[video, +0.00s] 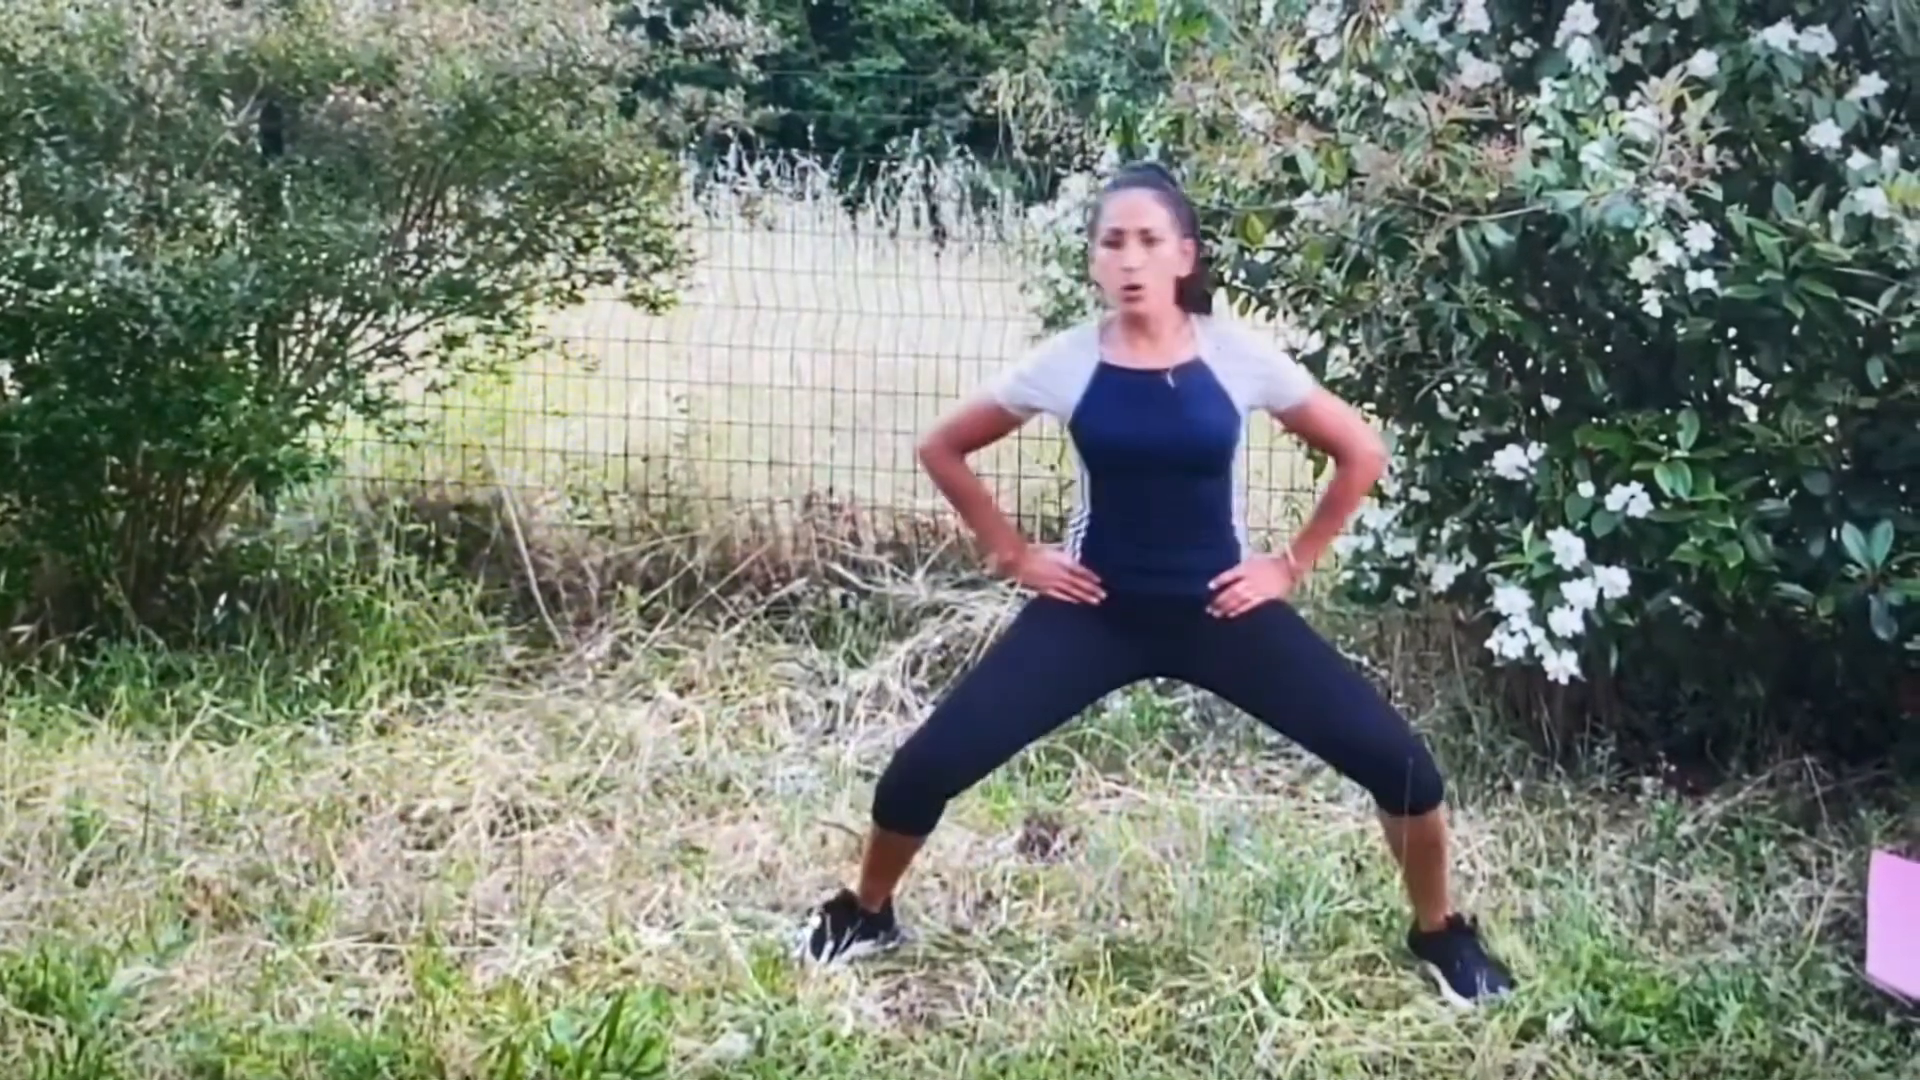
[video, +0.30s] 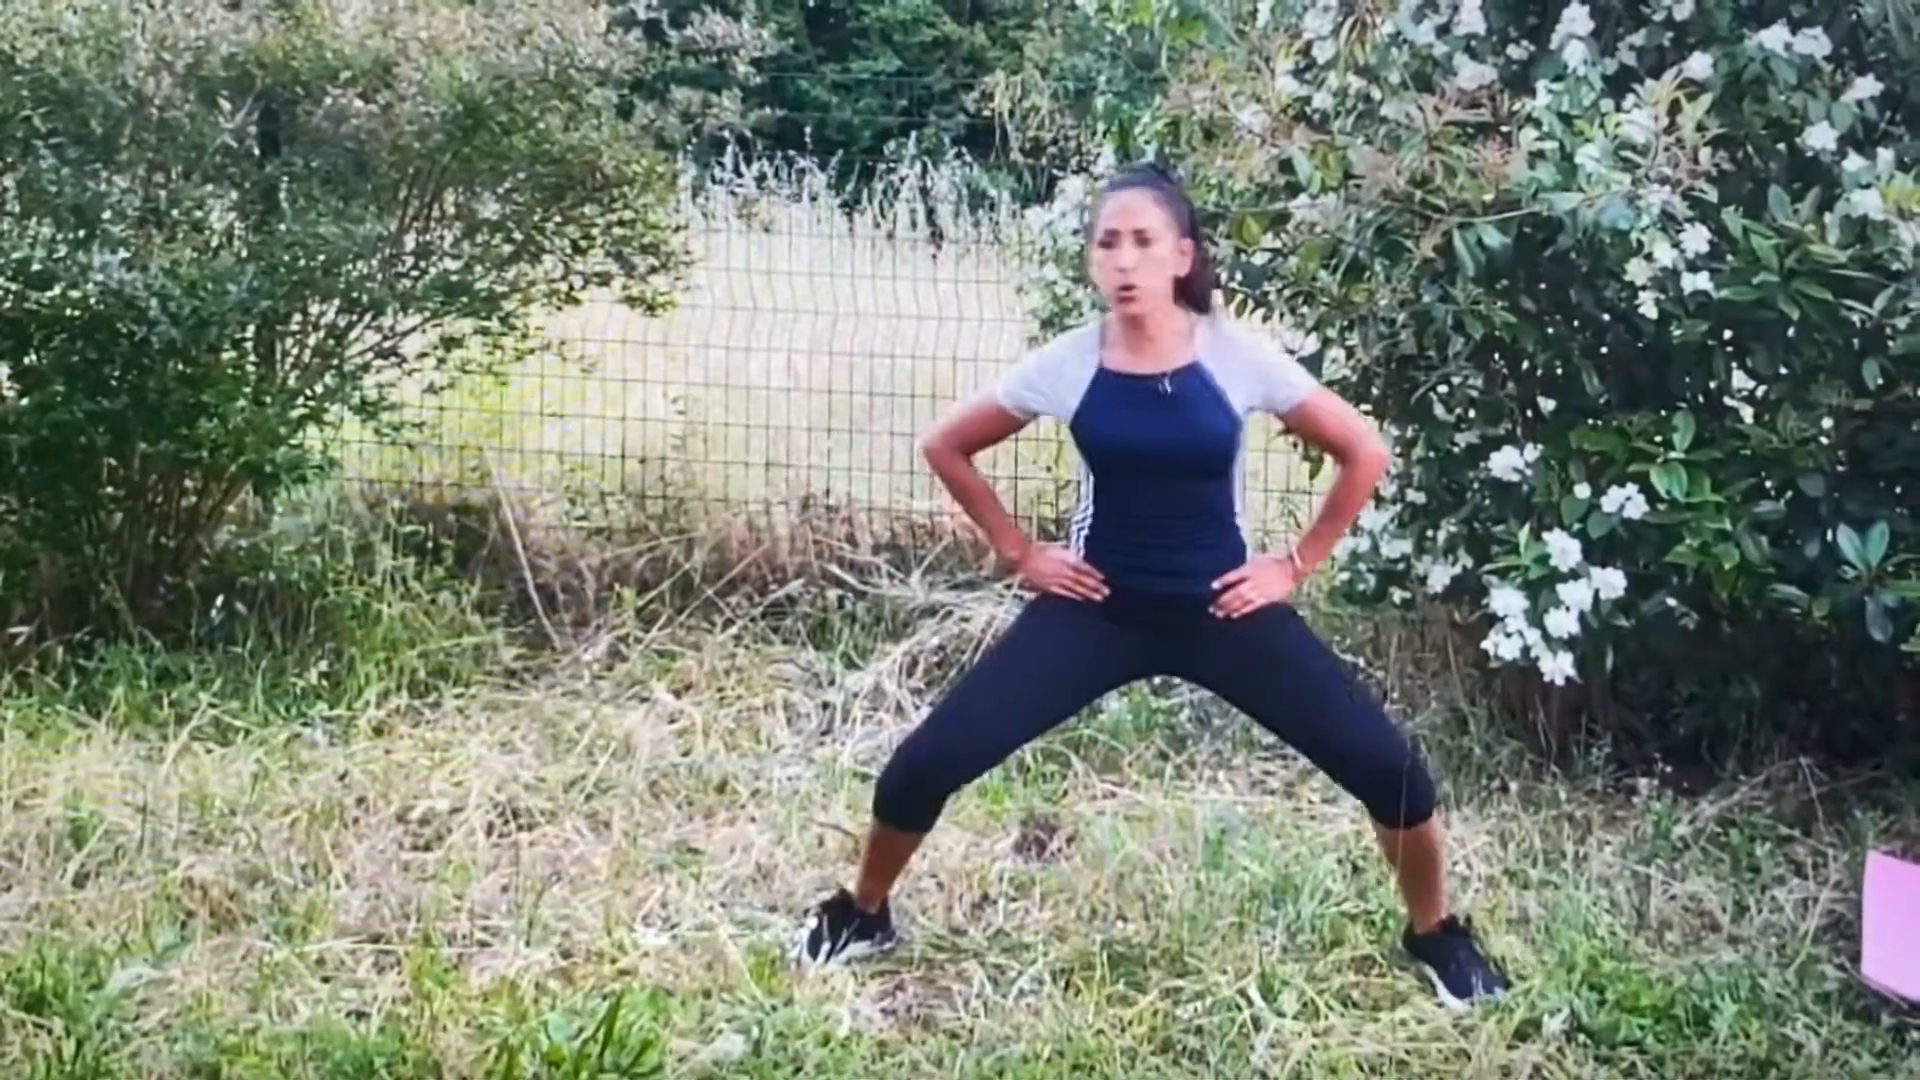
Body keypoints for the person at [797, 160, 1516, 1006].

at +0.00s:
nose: (1130, 258)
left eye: (1149, 241)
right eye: (1114, 242)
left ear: (1189, 256)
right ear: (1093, 260)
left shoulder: (1239, 355)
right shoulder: (1069, 362)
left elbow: (1364, 454)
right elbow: (941, 449)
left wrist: (1292, 565)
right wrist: (1013, 552)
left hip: (1226, 617)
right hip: (1091, 614)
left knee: (1405, 765)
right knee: (919, 773)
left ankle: (1441, 936)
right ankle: (864, 911)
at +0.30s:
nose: (1121, 258)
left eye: (1141, 241)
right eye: (1107, 243)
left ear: (1187, 256)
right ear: (1091, 261)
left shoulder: (1238, 356)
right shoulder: (1073, 361)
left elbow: (1363, 453)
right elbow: (944, 447)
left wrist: (1299, 564)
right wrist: (1023, 552)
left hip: (1228, 616)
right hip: (1093, 613)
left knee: (1395, 769)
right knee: (919, 768)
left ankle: (1436, 935)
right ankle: (860, 911)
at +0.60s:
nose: (983, 210)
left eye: (1005, 193)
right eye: (970, 192)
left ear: (1048, 219)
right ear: (953, 213)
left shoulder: (1089, 317)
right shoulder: (929, 326)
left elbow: (1232, 397)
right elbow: (832, 419)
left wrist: (1174, 510)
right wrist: (906, 513)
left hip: (1107, 576)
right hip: (980, 578)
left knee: (1259, 749)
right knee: (846, 756)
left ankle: (1423, 925)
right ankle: (860, 908)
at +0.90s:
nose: (914, 159)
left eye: (938, 144)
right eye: (901, 141)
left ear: (976, 171)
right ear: (882, 159)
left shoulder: (1013, 275)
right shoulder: (844, 257)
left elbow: (1130, 391)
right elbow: (717, 334)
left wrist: (1052, 490)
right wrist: (790, 455)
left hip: (976, 529)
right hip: (856, 516)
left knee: (993, 743)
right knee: (754, 707)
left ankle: (940, 905)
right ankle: (836, 875)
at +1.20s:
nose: (838, 172)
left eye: (863, 156)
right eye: (826, 155)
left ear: (906, 181)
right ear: (808, 174)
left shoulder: (936, 293)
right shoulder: (770, 264)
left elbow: (1037, 423)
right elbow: (639, 315)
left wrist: (949, 506)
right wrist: (694, 430)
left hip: (870, 538)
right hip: (749, 513)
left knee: (921, 738)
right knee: (541, 643)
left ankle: (931, 915)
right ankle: (463, 795)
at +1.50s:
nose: (683, 230)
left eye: (707, 216)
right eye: (673, 210)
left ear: (747, 241)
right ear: (654, 223)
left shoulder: (770, 342)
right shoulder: (608, 318)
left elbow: (898, 452)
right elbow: (489, 391)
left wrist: (814, 541)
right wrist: (557, 509)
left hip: (740, 584)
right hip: (615, 576)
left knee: (851, 735)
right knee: (417, 723)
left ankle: (924, 907)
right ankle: (418, 848)